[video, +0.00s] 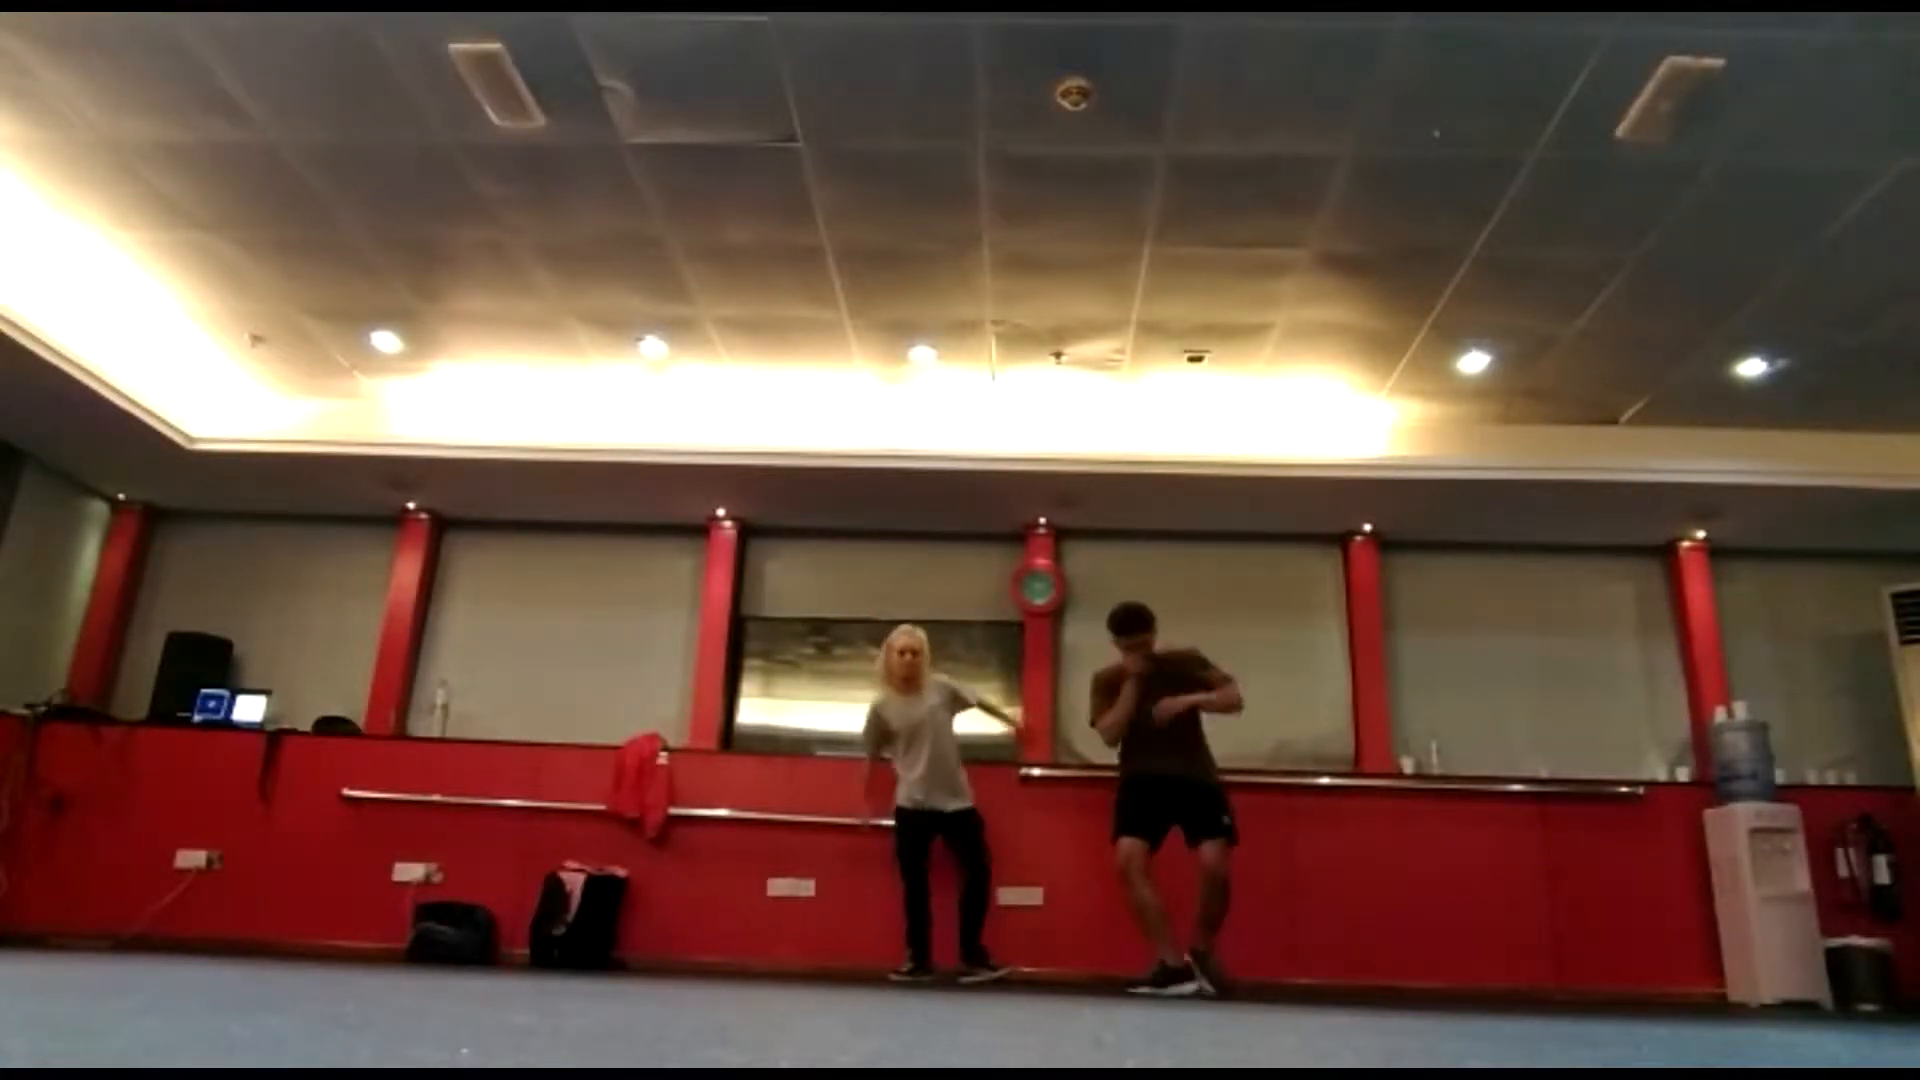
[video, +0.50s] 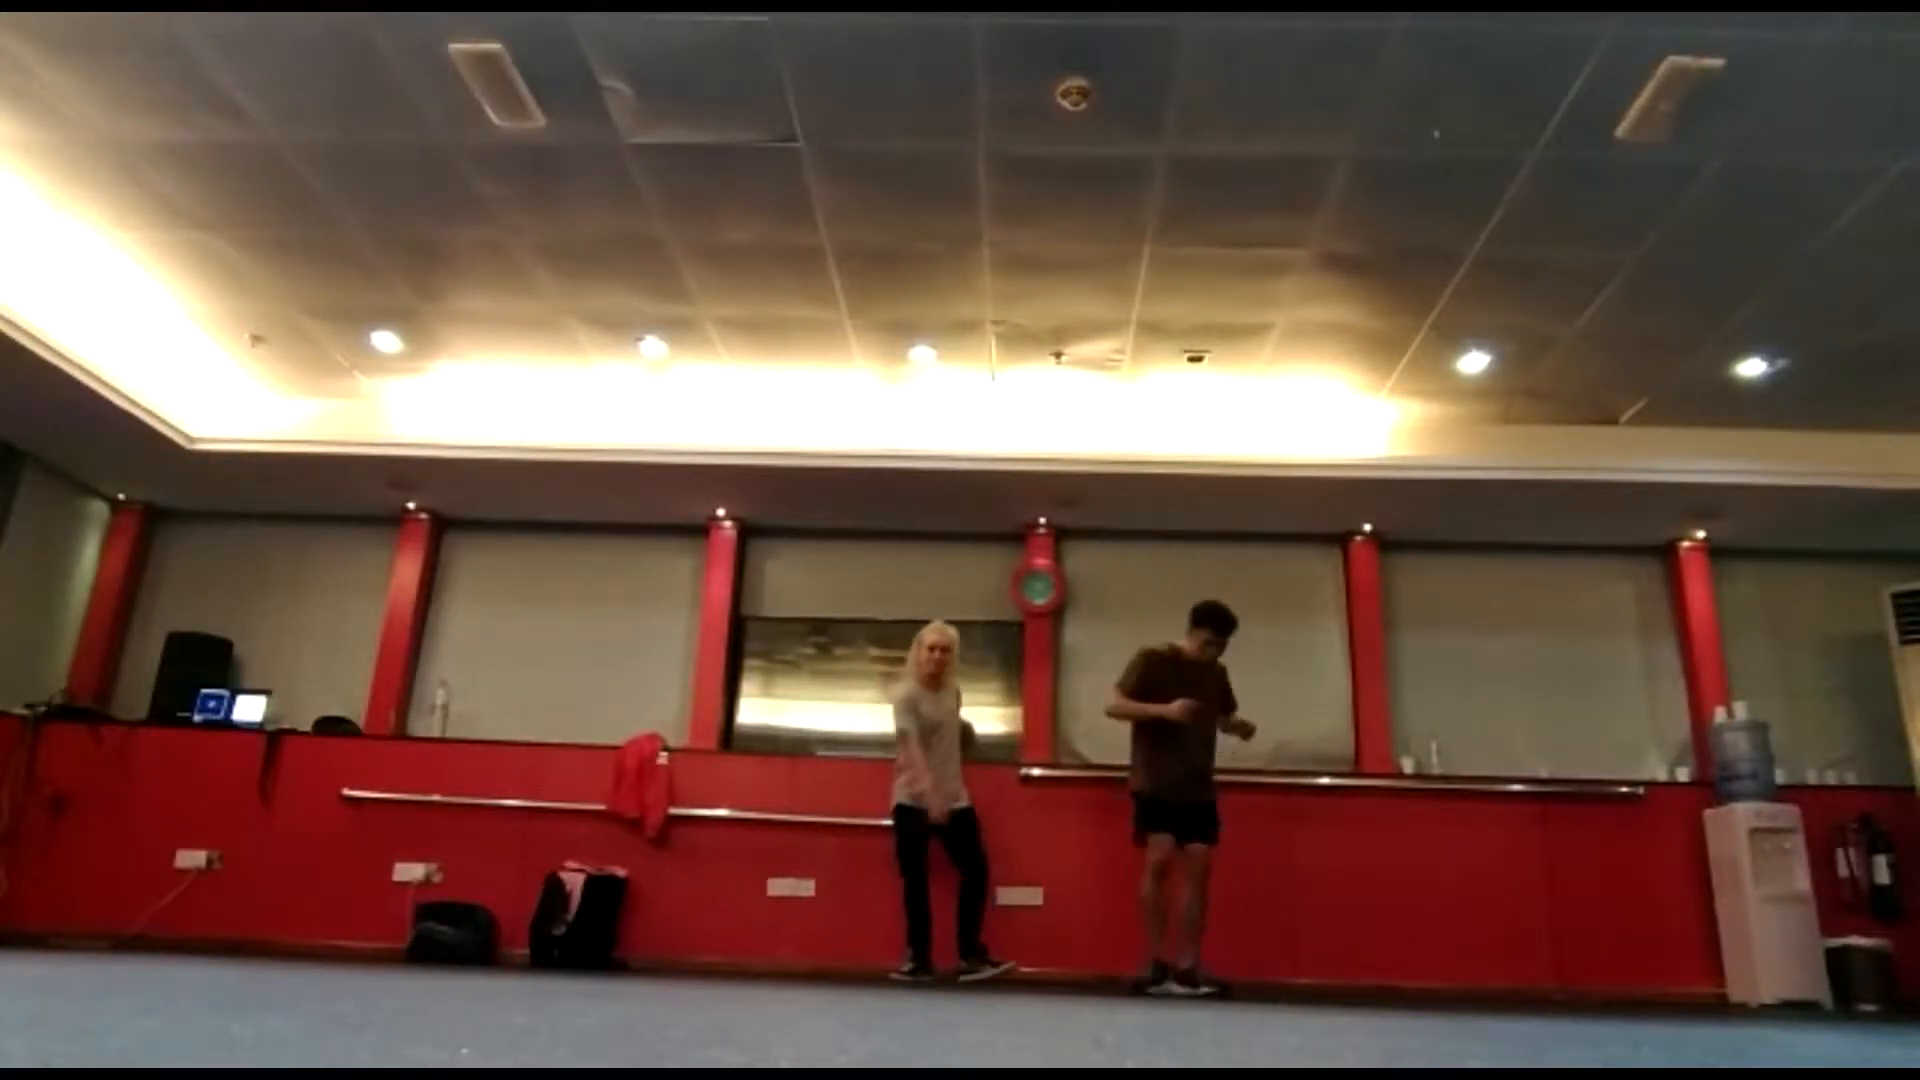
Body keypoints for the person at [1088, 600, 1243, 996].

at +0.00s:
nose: (1137, 655)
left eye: (1142, 645)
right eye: (1128, 647)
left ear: (1153, 637)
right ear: (1117, 644)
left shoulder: (1185, 664)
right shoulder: (1108, 680)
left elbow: (1233, 699)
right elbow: (1108, 733)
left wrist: (1185, 701)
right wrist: (1131, 684)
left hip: (1194, 779)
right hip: (1142, 782)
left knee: (1214, 862)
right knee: (1128, 861)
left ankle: (1203, 955)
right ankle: (1170, 962)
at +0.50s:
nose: (1211, 655)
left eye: (1217, 648)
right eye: (1208, 645)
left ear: (1222, 644)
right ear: (1193, 633)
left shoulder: (1214, 673)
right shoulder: (1151, 662)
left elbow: (1223, 718)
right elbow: (1115, 705)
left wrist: (1238, 727)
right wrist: (1165, 709)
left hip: (1197, 786)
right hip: (1155, 785)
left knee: (1197, 869)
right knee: (1158, 863)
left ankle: (1188, 965)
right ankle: (1155, 961)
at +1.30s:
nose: (1144, 639)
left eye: (1150, 629)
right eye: (1137, 632)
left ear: (1169, 630)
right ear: (1131, 639)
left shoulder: (1204, 681)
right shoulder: (1135, 684)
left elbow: (1235, 738)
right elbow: (1118, 734)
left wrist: (1247, 728)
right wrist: (1123, 704)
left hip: (1194, 796)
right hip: (1145, 794)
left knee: (1194, 870)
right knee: (1120, 860)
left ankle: (1189, 969)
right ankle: (1120, 963)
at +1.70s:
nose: (1097, 633)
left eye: (1102, 622)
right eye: (1089, 626)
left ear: (1120, 624)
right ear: (1082, 634)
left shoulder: (1157, 662)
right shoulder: (1082, 683)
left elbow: (1188, 711)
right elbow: (1075, 742)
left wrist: (1168, 744)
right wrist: (1119, 746)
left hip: (1167, 778)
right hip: (1119, 784)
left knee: (1186, 853)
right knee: (1111, 857)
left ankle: (1186, 958)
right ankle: (1117, 961)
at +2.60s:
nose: (1162, 664)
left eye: (1170, 658)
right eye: (1157, 655)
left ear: (1180, 665)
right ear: (1143, 656)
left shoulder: (1179, 715)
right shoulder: (1110, 693)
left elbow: (1214, 764)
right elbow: (1073, 739)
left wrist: (1208, 788)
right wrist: (1098, 789)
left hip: (1154, 807)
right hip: (1108, 803)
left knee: (1162, 879)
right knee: (1104, 887)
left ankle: (1136, 965)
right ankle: (1098, 963)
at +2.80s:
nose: (1171, 619)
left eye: (1180, 612)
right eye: (1166, 610)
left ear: (1192, 619)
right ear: (1154, 613)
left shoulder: (1195, 675)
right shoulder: (1123, 645)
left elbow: (1183, 736)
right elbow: (1090, 691)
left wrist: (1179, 790)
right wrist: (1104, 737)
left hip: (1158, 763)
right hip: (1115, 752)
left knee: (1154, 851)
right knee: (1113, 809)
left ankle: (1141, 948)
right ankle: (1106, 850)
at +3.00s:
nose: (1154, 610)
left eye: (1162, 602)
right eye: (1147, 603)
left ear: (1177, 607)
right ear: (1137, 609)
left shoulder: (1197, 660)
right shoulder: (1122, 646)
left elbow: (1188, 730)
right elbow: (1097, 692)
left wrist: (1172, 788)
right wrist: (1120, 732)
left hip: (1173, 754)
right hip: (1131, 745)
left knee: (1162, 846)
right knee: (1137, 797)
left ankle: (1151, 948)